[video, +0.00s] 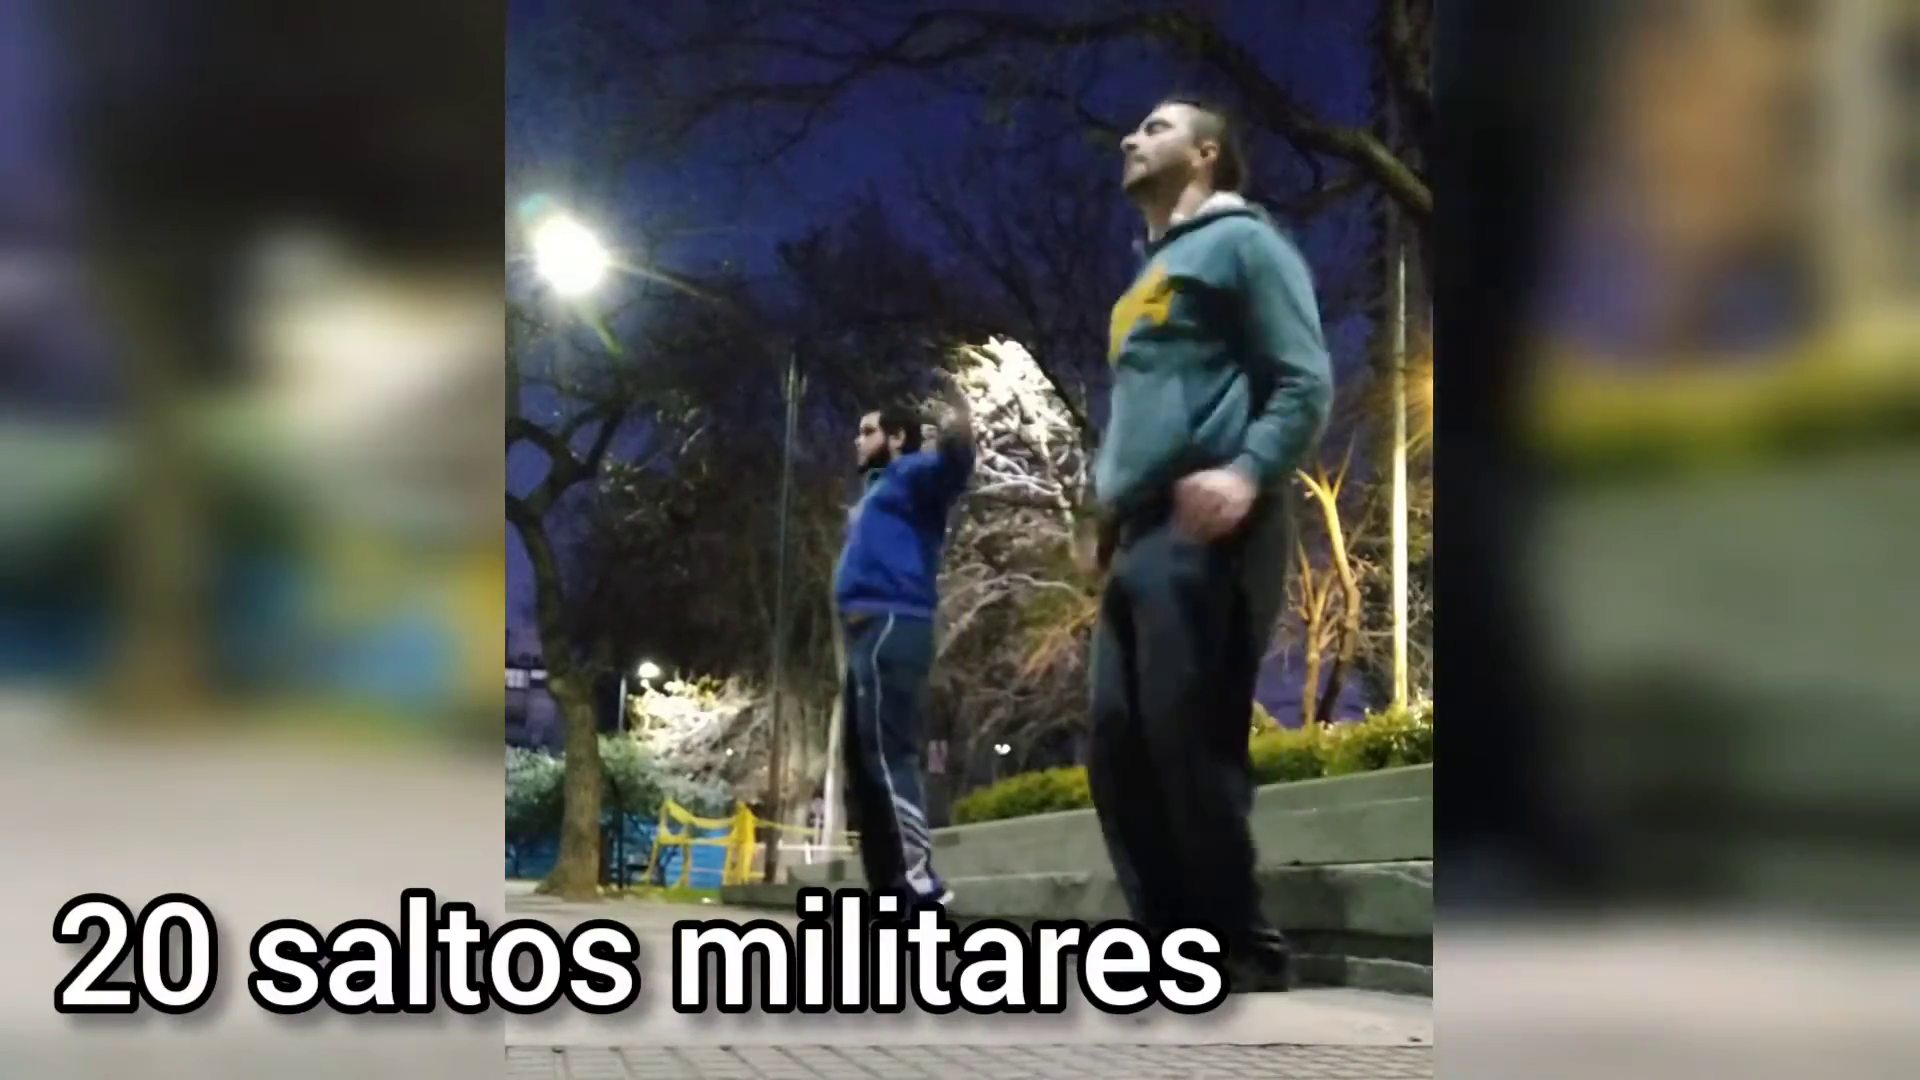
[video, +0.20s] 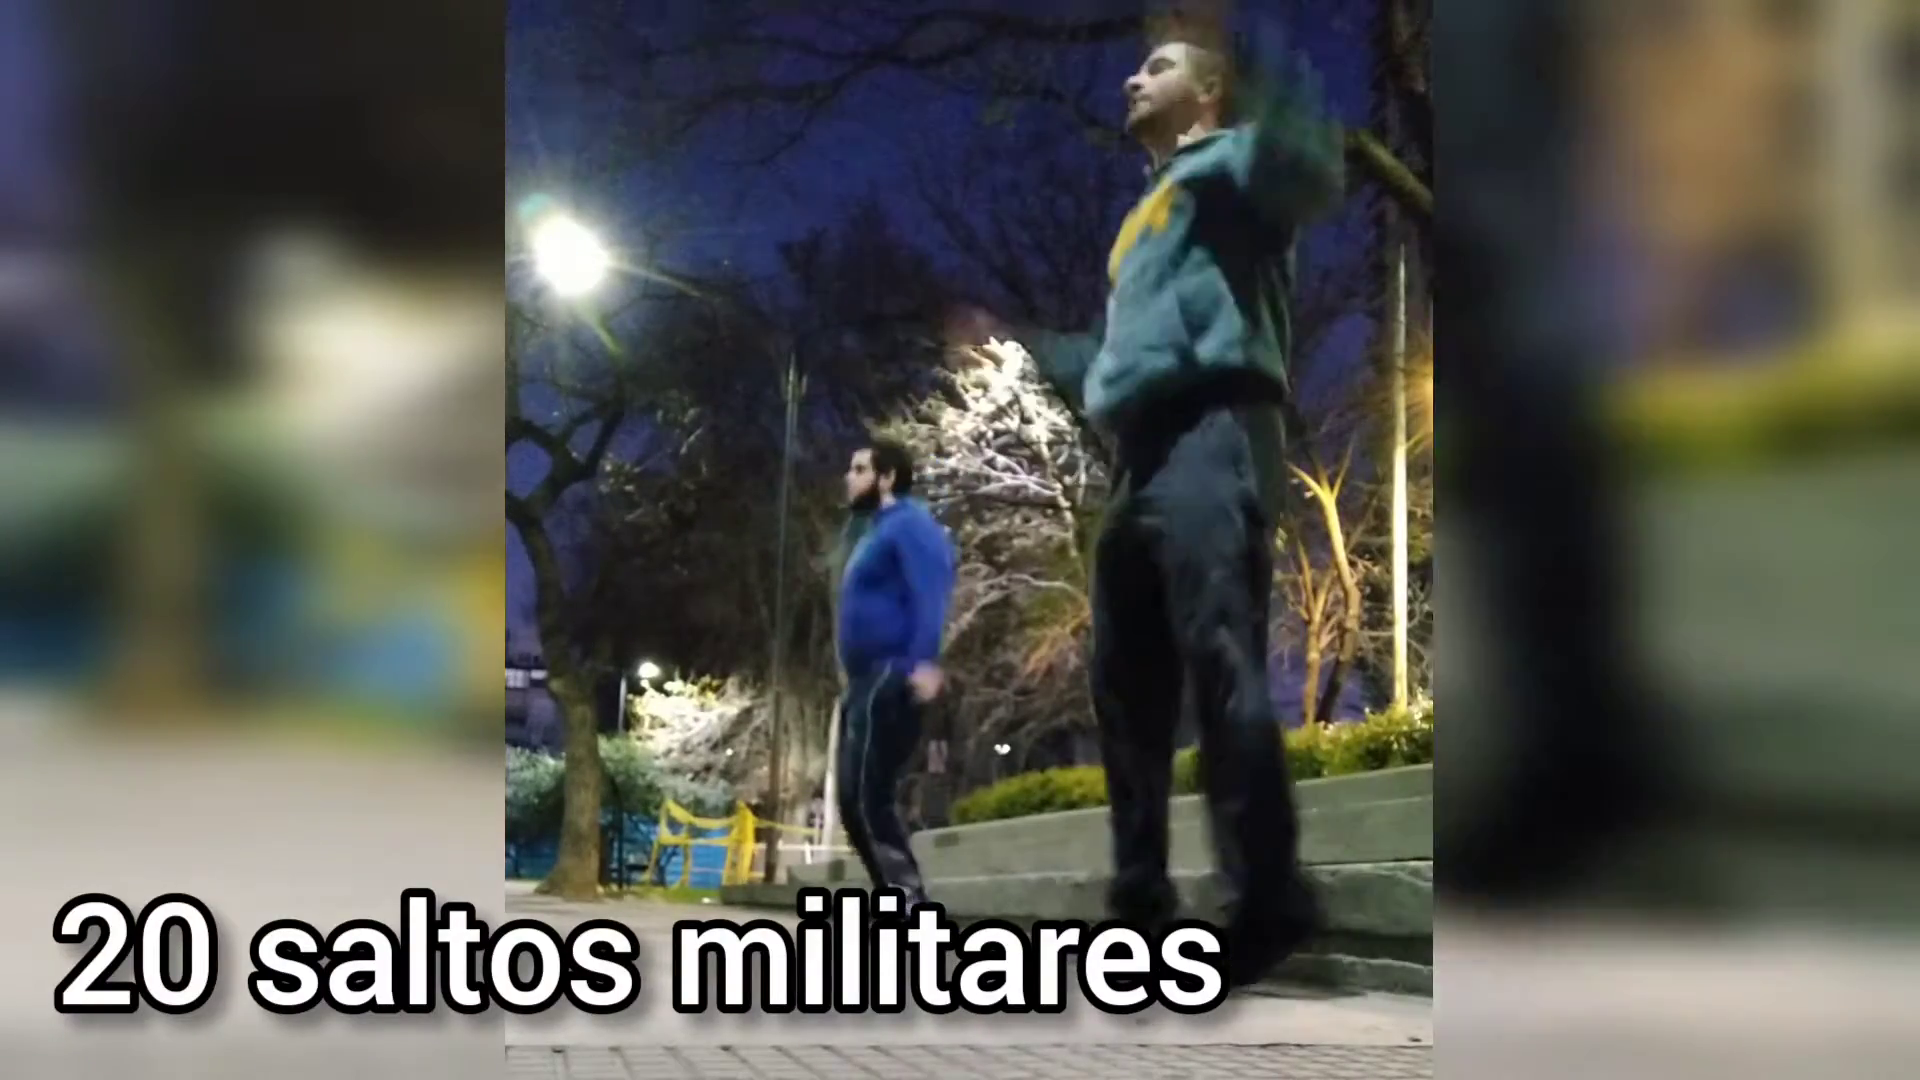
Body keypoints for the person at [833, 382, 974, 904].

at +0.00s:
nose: (858, 439)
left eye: (867, 430)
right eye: (859, 431)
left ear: (897, 438)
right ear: (881, 440)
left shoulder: (914, 474)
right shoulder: (878, 488)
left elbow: (955, 456)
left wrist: (959, 408)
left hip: (894, 623)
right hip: (866, 624)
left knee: (886, 754)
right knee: (863, 760)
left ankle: (919, 885)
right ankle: (889, 884)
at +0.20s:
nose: (849, 478)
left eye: (858, 470)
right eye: (850, 469)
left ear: (886, 477)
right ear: (877, 478)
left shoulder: (908, 521)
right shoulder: (872, 527)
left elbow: (930, 586)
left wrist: (925, 657)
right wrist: (854, 669)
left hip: (894, 671)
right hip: (863, 674)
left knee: (868, 795)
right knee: (851, 798)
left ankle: (909, 896)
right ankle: (895, 893)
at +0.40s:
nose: (848, 438)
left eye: (858, 430)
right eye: (849, 430)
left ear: (886, 438)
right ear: (862, 442)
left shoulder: (901, 480)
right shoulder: (858, 492)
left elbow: (922, 514)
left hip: (885, 625)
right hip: (852, 628)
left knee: (880, 749)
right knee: (858, 758)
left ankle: (915, 877)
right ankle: (883, 882)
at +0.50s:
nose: (839, 445)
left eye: (849, 437)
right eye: (840, 439)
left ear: (878, 446)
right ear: (858, 453)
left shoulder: (897, 489)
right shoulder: (853, 497)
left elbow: (919, 428)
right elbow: (835, 499)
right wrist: (852, 465)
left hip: (884, 634)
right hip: (848, 637)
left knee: (884, 757)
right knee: (852, 765)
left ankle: (918, 879)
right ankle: (857, 879)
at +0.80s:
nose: (823, 454)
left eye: (832, 445)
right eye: (823, 446)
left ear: (861, 448)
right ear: (843, 454)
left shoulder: (883, 489)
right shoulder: (845, 498)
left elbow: (900, 437)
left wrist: (893, 368)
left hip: (868, 627)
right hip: (833, 631)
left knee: (866, 759)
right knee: (836, 767)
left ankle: (897, 880)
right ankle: (853, 878)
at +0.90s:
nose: (819, 443)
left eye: (828, 433)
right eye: (818, 435)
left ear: (858, 438)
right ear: (838, 442)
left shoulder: (874, 476)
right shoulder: (838, 487)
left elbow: (895, 472)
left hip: (862, 621)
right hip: (829, 625)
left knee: (857, 751)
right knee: (830, 756)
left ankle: (882, 879)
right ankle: (852, 876)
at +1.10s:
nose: (798, 482)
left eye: (807, 473)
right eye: (800, 473)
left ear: (836, 479)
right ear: (828, 480)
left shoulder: (862, 524)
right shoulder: (832, 531)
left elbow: (885, 594)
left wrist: (873, 666)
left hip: (853, 676)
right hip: (825, 677)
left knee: (818, 797)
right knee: (809, 797)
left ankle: (848, 889)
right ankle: (838, 889)